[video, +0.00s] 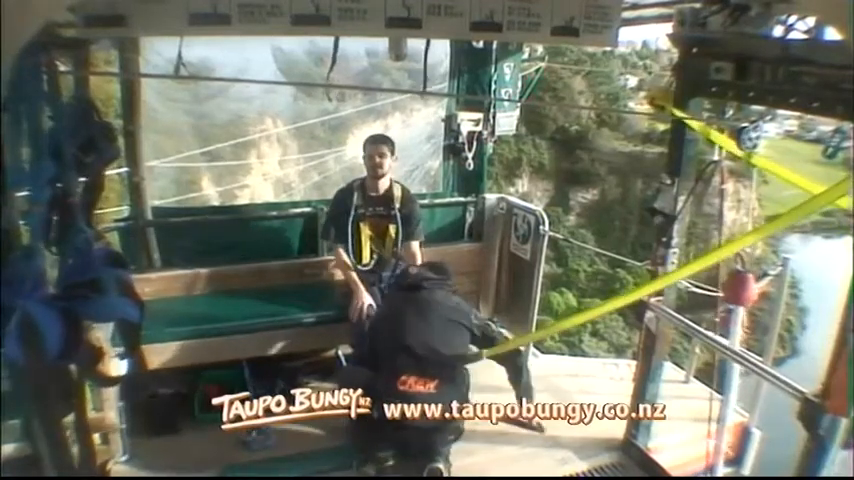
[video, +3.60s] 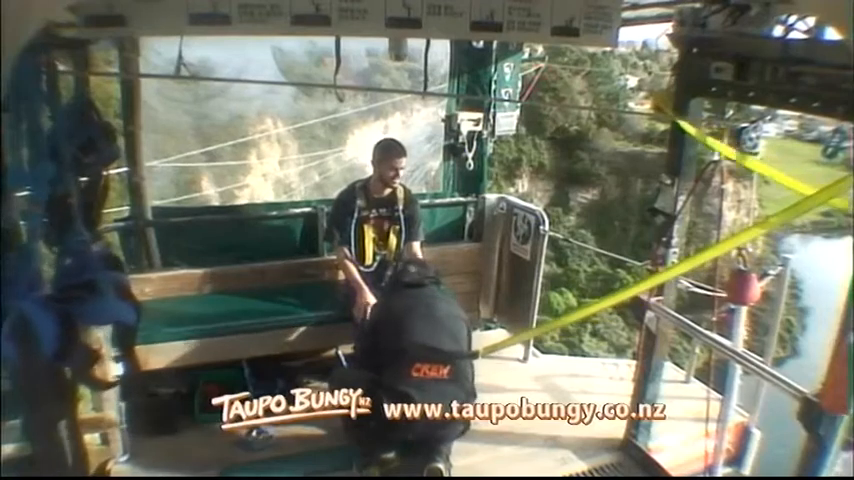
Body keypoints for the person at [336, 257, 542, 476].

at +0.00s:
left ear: (413, 280)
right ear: (447, 284)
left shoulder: (387, 307)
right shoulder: (459, 308)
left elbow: (366, 358)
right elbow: (511, 351)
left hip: (391, 412)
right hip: (441, 414)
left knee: (350, 378)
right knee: (459, 376)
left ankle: (377, 452)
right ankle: (439, 459)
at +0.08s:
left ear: (407, 283)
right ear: (446, 284)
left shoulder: (388, 308)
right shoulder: (460, 309)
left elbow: (365, 358)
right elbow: (513, 350)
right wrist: (512, 409)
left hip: (391, 414)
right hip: (443, 415)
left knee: (350, 378)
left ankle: (376, 455)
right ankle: (438, 459)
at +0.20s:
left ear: (410, 280)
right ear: (444, 283)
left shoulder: (390, 304)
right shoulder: (457, 307)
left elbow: (366, 356)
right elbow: (499, 363)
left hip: (392, 408)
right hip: (444, 409)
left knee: (348, 378)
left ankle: (378, 453)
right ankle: (439, 458)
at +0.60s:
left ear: (403, 282)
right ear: (437, 283)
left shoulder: (386, 306)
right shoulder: (453, 306)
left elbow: (366, 359)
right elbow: (476, 362)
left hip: (394, 418)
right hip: (446, 419)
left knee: (345, 377)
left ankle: (377, 453)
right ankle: (442, 455)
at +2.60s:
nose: (389, 279)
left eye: (394, 274)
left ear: (400, 278)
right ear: (437, 278)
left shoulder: (390, 305)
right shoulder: (461, 313)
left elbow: (367, 362)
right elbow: (470, 375)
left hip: (400, 414)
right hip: (453, 417)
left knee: (341, 380)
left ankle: (377, 452)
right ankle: (440, 457)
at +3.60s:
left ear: (395, 281)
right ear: (433, 280)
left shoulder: (385, 307)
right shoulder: (456, 310)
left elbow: (365, 361)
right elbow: (467, 376)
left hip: (397, 418)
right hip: (450, 418)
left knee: (341, 380)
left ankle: (379, 451)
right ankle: (439, 456)